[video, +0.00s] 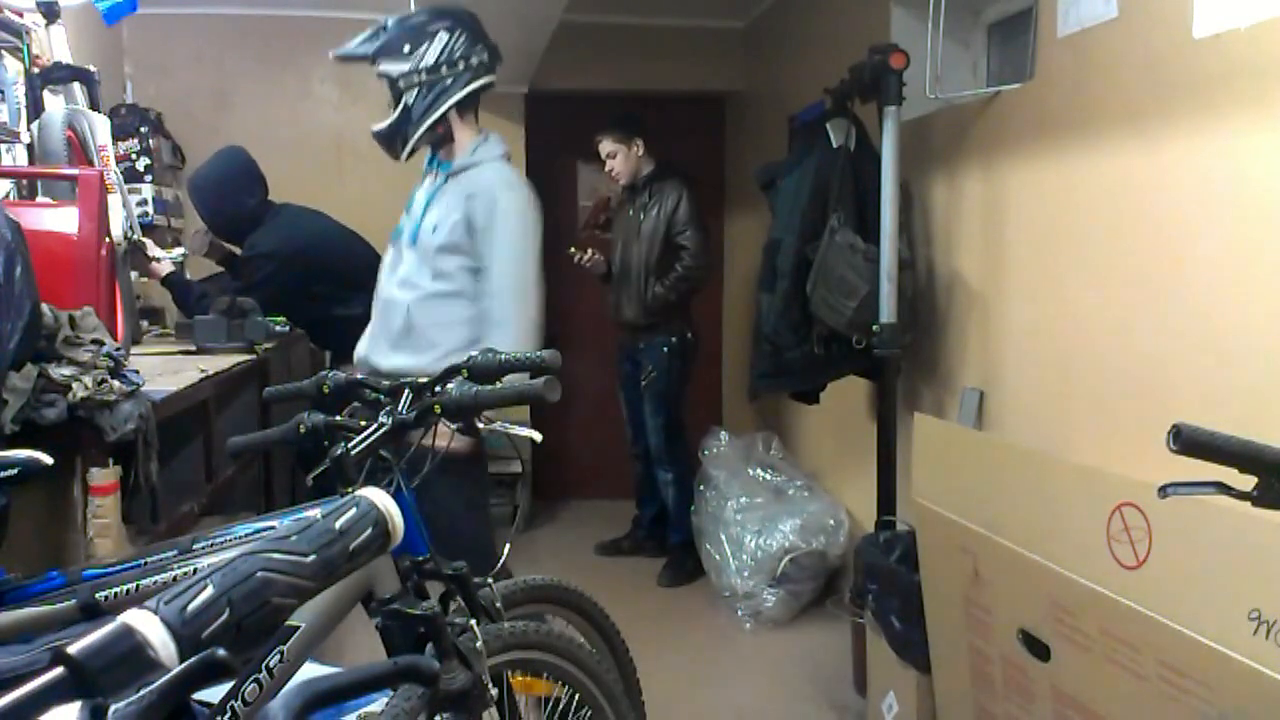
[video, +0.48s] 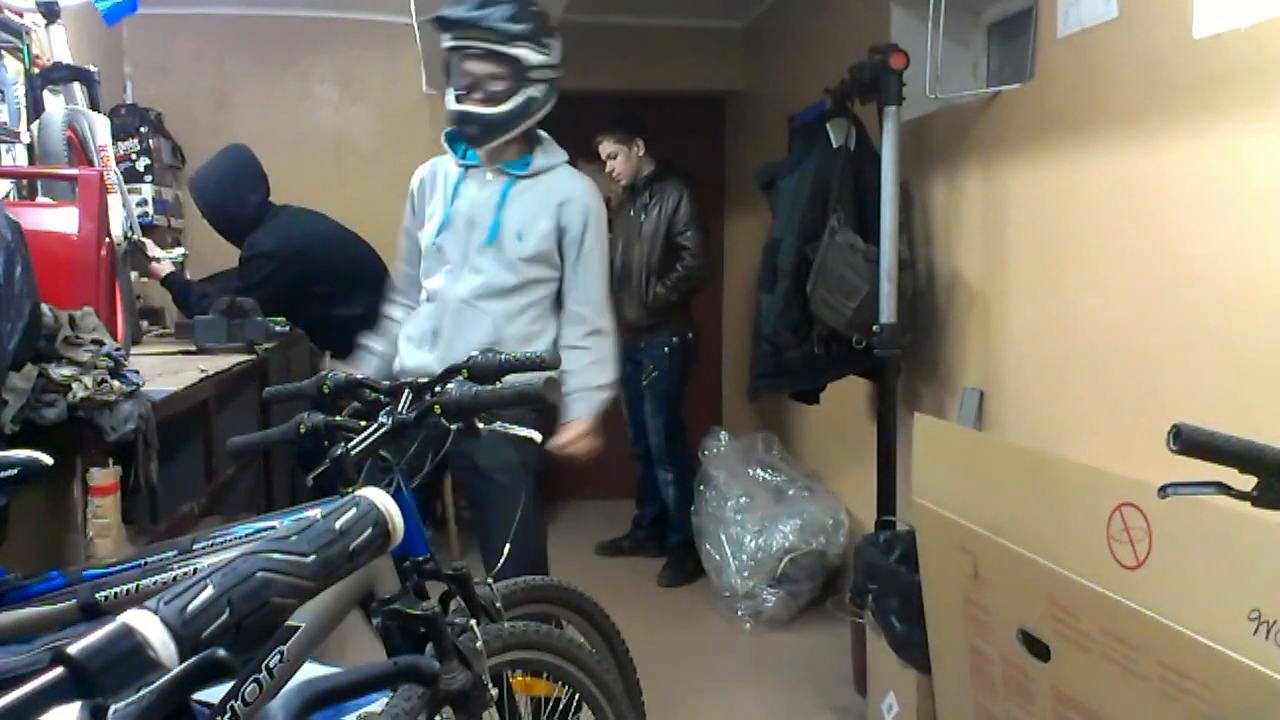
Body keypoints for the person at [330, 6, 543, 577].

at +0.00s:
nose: (392, 103)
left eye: (398, 86)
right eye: (392, 87)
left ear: (434, 87)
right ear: (441, 88)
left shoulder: (500, 189)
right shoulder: (436, 181)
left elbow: (513, 318)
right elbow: (405, 292)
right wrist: (363, 368)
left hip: (444, 412)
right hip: (392, 403)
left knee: (465, 575)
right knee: (408, 568)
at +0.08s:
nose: (393, 98)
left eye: (400, 80)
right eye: (392, 81)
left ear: (440, 83)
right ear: (441, 85)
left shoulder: (510, 181)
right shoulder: (431, 175)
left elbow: (536, 315)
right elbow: (408, 289)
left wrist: (500, 409)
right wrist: (369, 366)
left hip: (452, 407)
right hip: (387, 396)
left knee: (459, 573)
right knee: (391, 568)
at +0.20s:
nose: (401, 103)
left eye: (413, 88)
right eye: (401, 88)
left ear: (459, 90)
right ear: (444, 90)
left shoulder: (523, 193)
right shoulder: (418, 193)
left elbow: (547, 318)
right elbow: (382, 304)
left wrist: (510, 395)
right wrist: (309, 345)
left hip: (484, 420)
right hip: (404, 412)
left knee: (478, 580)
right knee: (388, 568)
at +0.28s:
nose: (413, 107)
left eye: (427, 94)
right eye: (413, 93)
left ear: (475, 97)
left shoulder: (535, 200)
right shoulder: (421, 197)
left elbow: (562, 327)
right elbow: (375, 303)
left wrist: (540, 396)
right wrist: (294, 344)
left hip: (497, 428)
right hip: (416, 418)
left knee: (493, 595)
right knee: (387, 572)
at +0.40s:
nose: (450, 96)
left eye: (466, 82)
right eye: (442, 81)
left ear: (511, 83)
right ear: (433, 81)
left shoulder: (559, 194)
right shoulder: (429, 187)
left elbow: (576, 315)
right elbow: (409, 302)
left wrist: (564, 412)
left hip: (499, 412)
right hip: (414, 404)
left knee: (514, 576)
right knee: (386, 559)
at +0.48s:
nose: (474, 96)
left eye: (492, 81)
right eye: (464, 80)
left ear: (534, 84)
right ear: (449, 80)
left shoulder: (571, 194)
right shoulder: (431, 180)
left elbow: (587, 315)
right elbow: (403, 296)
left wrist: (584, 408)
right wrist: (361, 373)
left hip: (504, 403)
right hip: (415, 395)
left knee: (514, 573)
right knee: (377, 543)